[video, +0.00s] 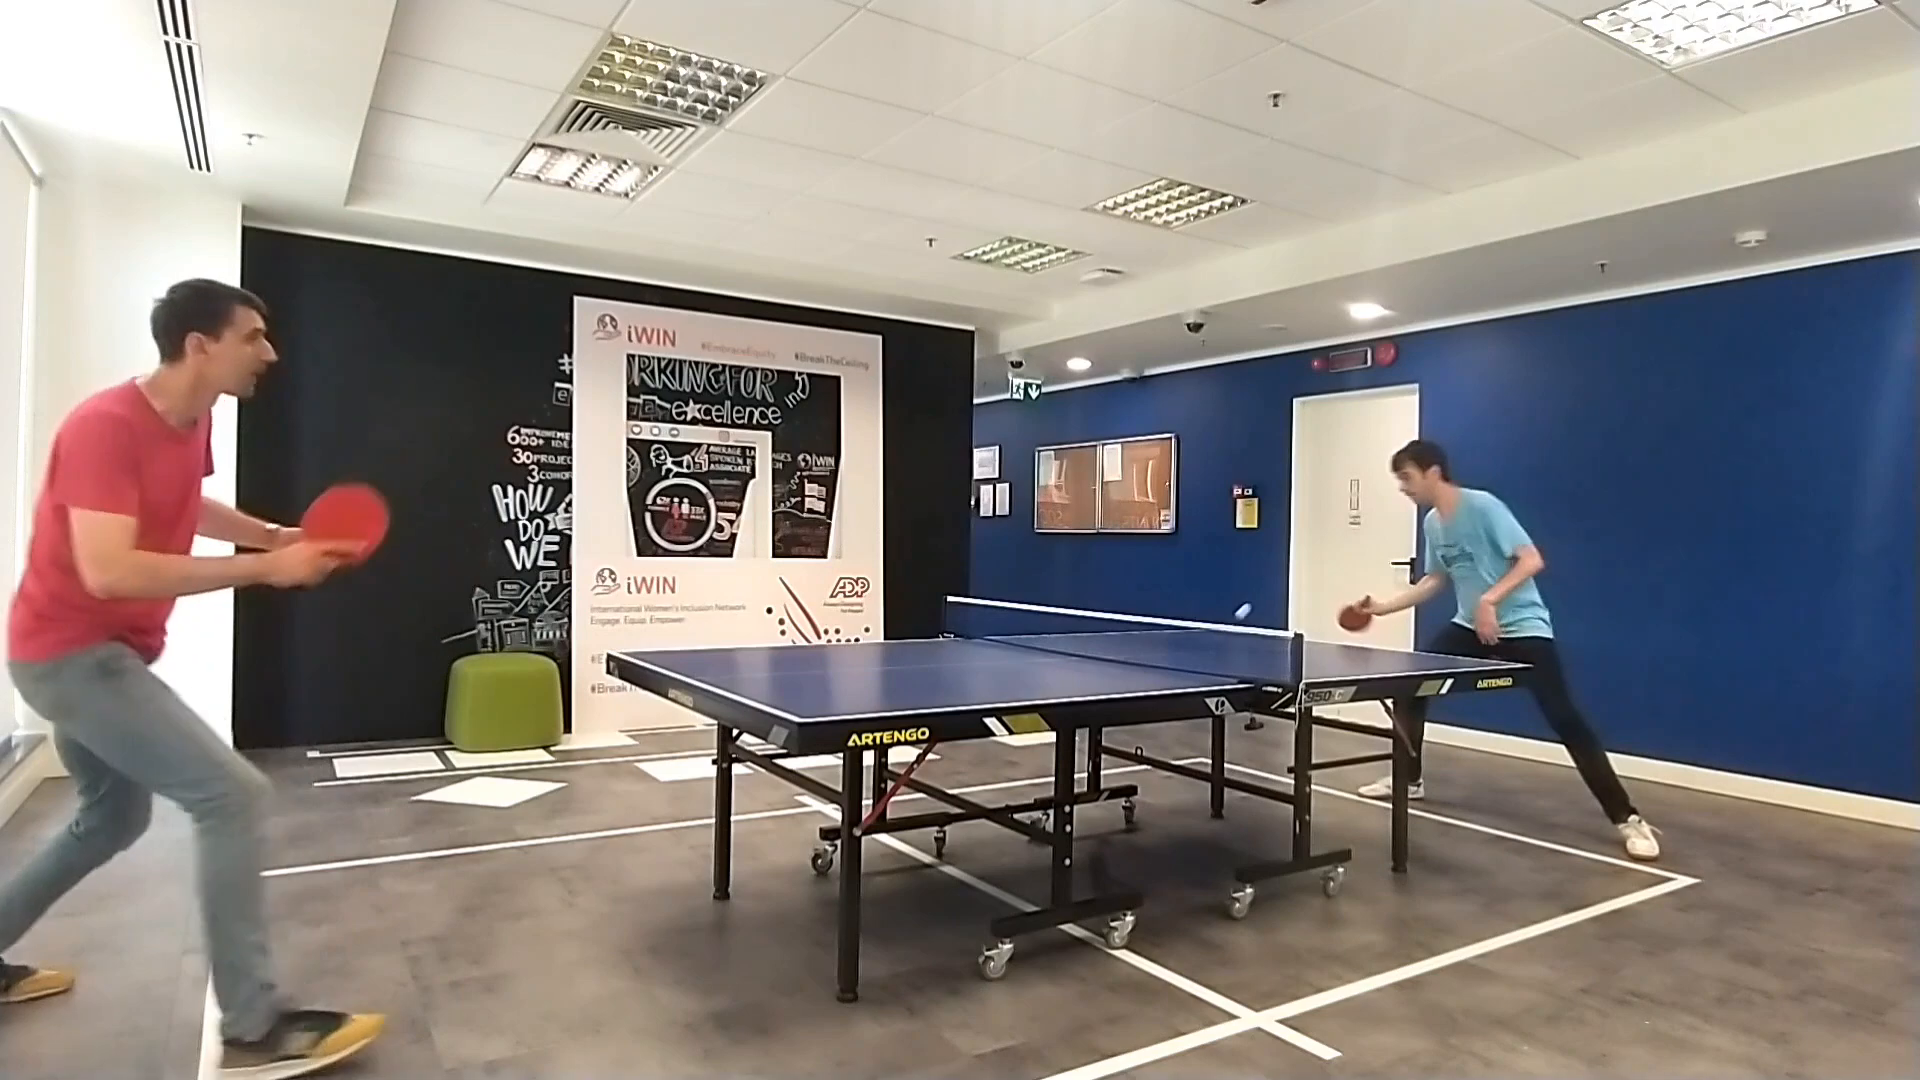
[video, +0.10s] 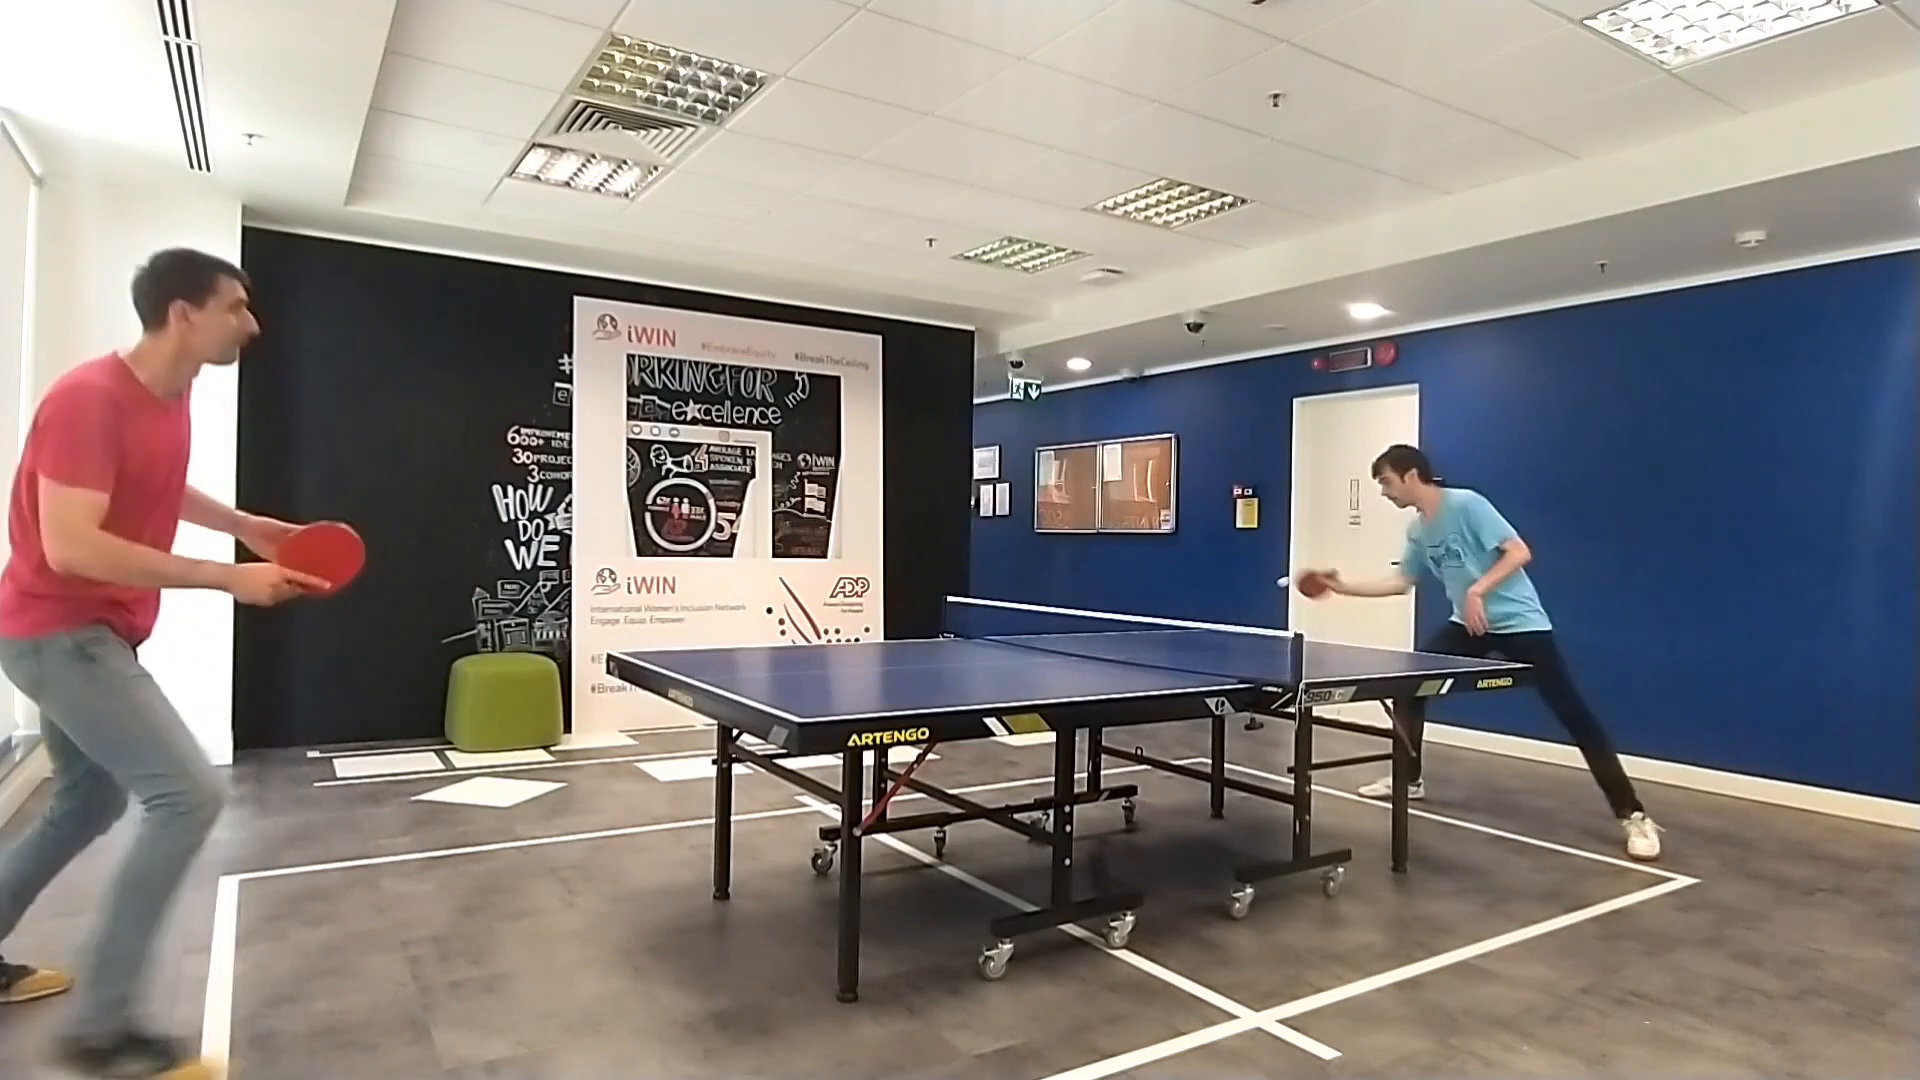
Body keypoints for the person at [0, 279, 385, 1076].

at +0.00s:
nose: (268, 353)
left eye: (265, 337)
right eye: (254, 337)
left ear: (205, 350)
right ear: (198, 346)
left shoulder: (192, 425)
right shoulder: (105, 427)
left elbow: (181, 508)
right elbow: (108, 571)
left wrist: (277, 539)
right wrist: (261, 568)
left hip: (107, 650)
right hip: (68, 656)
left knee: (111, 818)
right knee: (230, 795)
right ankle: (253, 1023)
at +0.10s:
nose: (250, 323)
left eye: (247, 308)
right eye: (236, 308)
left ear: (188, 319)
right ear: (181, 315)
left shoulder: (169, 399)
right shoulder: (88, 399)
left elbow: (151, 489)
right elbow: (70, 548)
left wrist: (242, 523)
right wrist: (227, 578)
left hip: (91, 629)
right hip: (51, 633)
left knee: (88, 800)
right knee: (185, 796)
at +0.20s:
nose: (241, 313)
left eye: (238, 298)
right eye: (227, 296)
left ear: (178, 308)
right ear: (170, 302)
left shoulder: (159, 399)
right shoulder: (89, 391)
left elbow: (134, 487)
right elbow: (71, 539)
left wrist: (214, 517)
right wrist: (223, 577)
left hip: (95, 629)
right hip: (47, 631)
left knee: (93, 805)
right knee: (124, 822)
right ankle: (1, 1020)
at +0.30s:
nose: (243, 334)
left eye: (240, 318)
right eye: (230, 317)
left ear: (179, 325)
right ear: (174, 322)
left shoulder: (150, 410)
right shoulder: (96, 404)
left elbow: (111, 511)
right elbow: (92, 557)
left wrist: (183, 533)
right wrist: (246, 588)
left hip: (87, 635)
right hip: (29, 640)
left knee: (135, 779)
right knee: (107, 833)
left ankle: (16, 918)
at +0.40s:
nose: (254, 362)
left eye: (252, 346)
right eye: (243, 345)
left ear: (192, 352)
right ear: (190, 348)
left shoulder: (148, 429)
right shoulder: (109, 425)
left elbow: (112, 535)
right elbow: (111, 583)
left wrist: (164, 563)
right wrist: (264, 610)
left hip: (69, 645)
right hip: (22, 653)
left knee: (145, 770)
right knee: (120, 841)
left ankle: (88, 912)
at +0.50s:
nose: (271, 393)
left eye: (271, 377)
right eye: (264, 375)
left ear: (212, 373)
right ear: (216, 372)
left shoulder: (121, 421)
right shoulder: (145, 448)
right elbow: (111, 599)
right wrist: (228, 650)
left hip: (62, 656)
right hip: (33, 668)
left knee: (156, 770)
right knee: (134, 848)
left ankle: (113, 912)